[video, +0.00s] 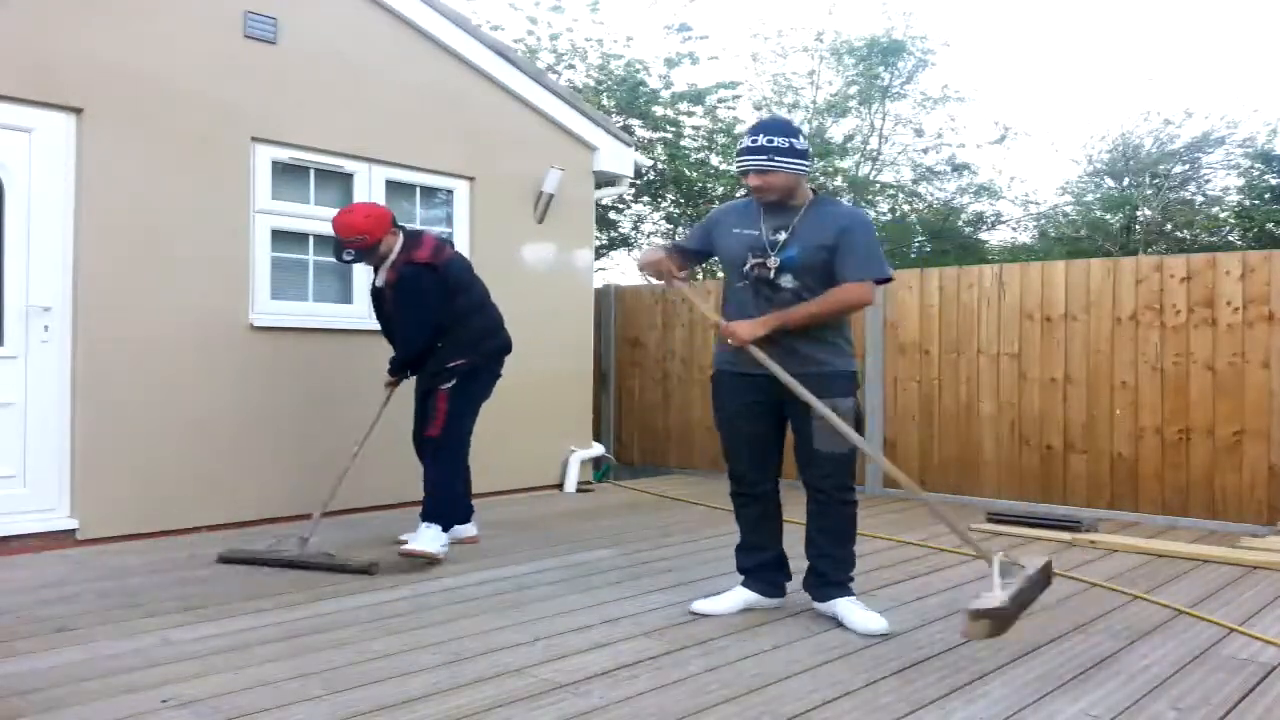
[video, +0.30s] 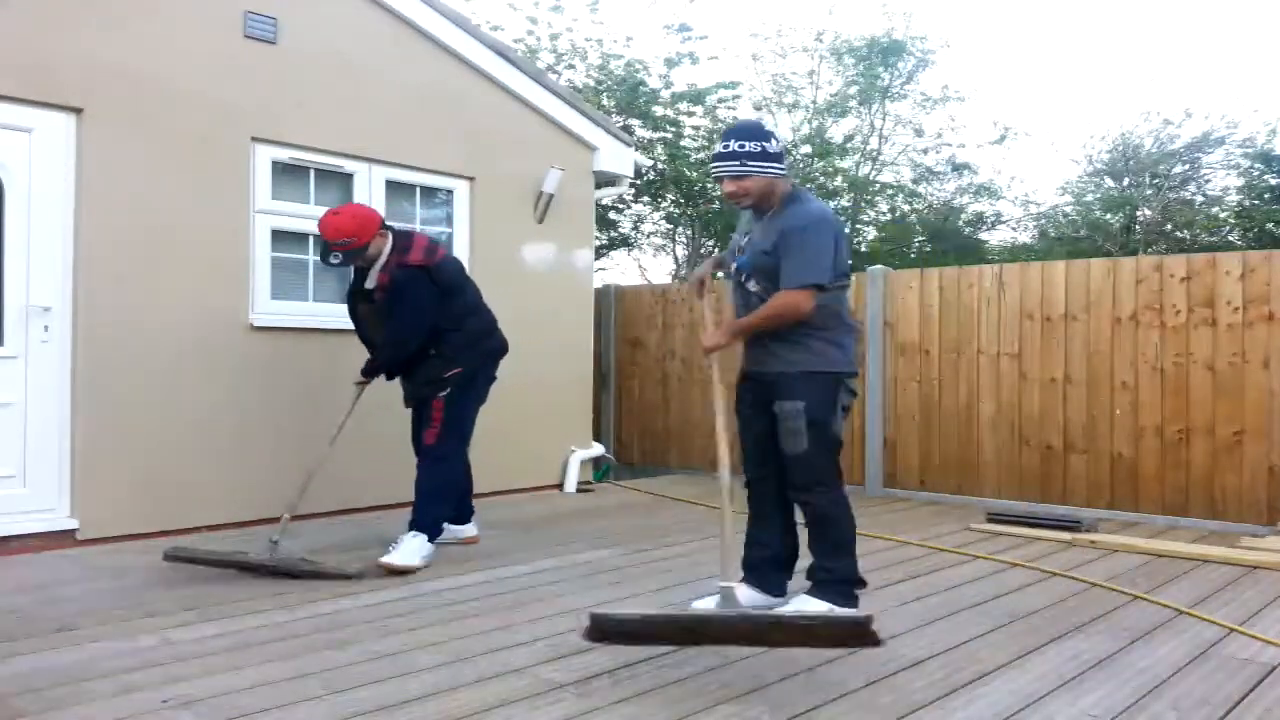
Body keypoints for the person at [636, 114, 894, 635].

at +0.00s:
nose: (752, 181)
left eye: (763, 171)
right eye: (747, 171)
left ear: (796, 169)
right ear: (742, 170)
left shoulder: (844, 219)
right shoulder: (728, 218)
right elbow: (673, 258)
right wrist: (659, 262)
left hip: (821, 375)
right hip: (744, 372)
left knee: (830, 485)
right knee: (750, 482)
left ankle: (832, 591)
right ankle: (762, 584)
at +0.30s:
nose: (729, 191)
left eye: (737, 180)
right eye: (724, 181)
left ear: (770, 172)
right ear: (728, 176)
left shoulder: (809, 219)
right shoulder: (754, 218)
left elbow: (799, 301)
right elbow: (742, 257)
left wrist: (735, 329)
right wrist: (714, 267)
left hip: (811, 370)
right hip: (763, 368)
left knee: (815, 483)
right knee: (765, 482)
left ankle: (835, 593)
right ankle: (765, 583)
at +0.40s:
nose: (727, 193)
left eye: (734, 182)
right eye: (721, 183)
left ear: (765, 172)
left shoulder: (802, 220)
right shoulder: (766, 217)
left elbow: (789, 307)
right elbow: (765, 267)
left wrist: (735, 334)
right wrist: (740, 279)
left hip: (819, 367)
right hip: (777, 364)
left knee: (814, 479)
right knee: (771, 478)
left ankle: (835, 593)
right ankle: (765, 584)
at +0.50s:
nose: (725, 197)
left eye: (732, 185)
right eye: (719, 186)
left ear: (763, 175)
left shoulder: (800, 222)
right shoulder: (772, 222)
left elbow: (786, 311)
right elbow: (760, 291)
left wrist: (744, 335)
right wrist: (753, 330)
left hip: (829, 364)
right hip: (791, 361)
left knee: (819, 478)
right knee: (776, 477)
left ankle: (835, 593)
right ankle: (765, 582)